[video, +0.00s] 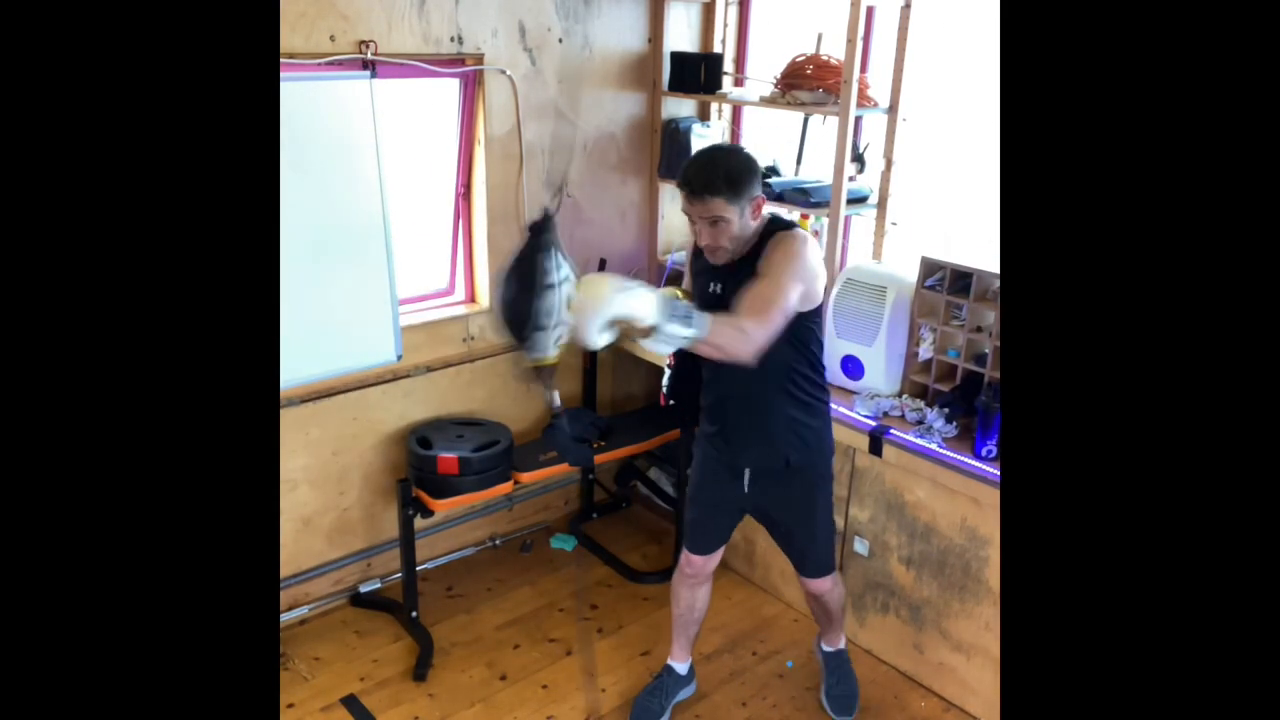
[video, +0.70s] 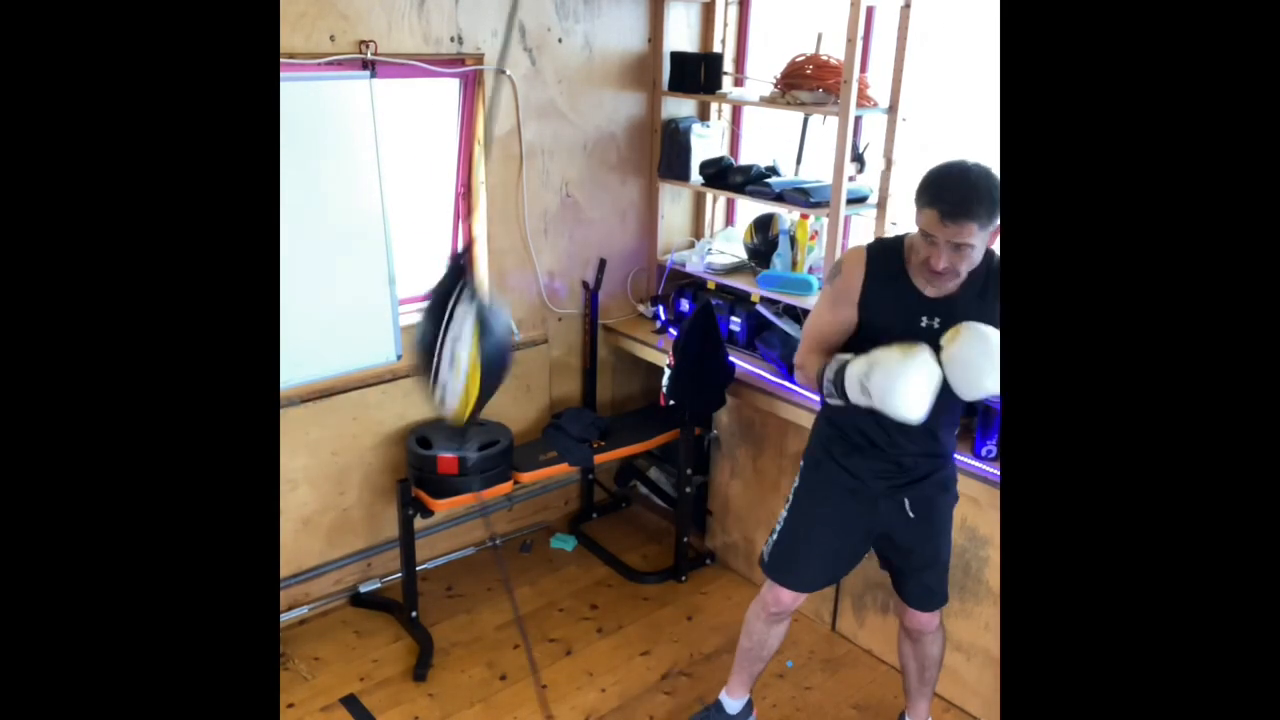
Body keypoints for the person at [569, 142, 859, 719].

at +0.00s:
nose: (701, 237)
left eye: (715, 223)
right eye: (693, 221)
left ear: (756, 207)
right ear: (686, 209)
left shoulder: (794, 251)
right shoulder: (701, 254)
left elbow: (745, 342)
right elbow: (695, 334)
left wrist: (659, 312)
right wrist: (635, 327)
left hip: (793, 445)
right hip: (720, 440)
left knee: (820, 584)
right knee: (693, 564)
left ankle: (834, 650)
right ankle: (678, 669)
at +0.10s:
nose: (708, 232)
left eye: (722, 218)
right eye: (701, 217)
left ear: (762, 207)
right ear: (694, 207)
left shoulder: (786, 252)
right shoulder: (728, 259)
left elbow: (713, 330)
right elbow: (721, 328)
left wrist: (618, 329)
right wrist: (667, 312)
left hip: (807, 446)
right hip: (735, 442)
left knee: (848, 582)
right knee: (699, 565)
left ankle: (875, 677)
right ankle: (680, 669)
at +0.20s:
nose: (733, 240)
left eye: (748, 224)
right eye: (721, 224)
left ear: (781, 212)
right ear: (710, 216)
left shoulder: (807, 269)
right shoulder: (742, 261)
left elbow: (779, 387)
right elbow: (749, 342)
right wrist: (697, 323)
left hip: (822, 455)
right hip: (748, 446)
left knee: (869, 599)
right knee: (703, 572)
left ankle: (905, 709)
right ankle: (680, 671)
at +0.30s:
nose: (798, 242)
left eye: (812, 226)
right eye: (783, 227)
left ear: (831, 218)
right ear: (760, 221)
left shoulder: (858, 280)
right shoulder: (760, 267)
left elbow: (884, 401)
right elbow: (741, 349)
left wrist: (793, 422)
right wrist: (701, 324)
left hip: (844, 471)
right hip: (764, 458)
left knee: (882, 624)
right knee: (710, 579)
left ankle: (913, 710)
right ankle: (681, 671)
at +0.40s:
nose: (876, 246)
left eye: (890, 230)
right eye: (860, 228)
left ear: (904, 224)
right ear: (832, 217)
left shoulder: (928, 276)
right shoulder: (787, 265)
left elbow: (961, 381)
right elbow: (720, 363)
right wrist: (745, 343)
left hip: (874, 464)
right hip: (787, 455)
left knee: (898, 620)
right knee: (722, 582)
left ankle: (916, 714)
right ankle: (680, 671)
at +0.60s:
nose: (950, 260)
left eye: (969, 246)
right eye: (938, 239)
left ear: (989, 239)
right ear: (917, 219)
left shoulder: (985, 281)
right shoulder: (861, 273)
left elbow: (981, 375)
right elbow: (817, 387)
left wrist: (984, 379)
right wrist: (891, 418)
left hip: (910, 472)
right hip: (826, 459)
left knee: (913, 611)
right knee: (766, 593)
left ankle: (916, 715)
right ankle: (716, 697)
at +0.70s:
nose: (941, 260)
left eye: (960, 246)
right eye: (930, 239)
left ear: (990, 238)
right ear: (915, 220)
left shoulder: (995, 288)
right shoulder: (863, 270)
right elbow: (808, 362)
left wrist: (991, 373)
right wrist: (856, 375)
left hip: (925, 476)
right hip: (840, 464)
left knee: (922, 620)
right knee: (778, 598)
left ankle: (918, 715)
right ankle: (733, 703)